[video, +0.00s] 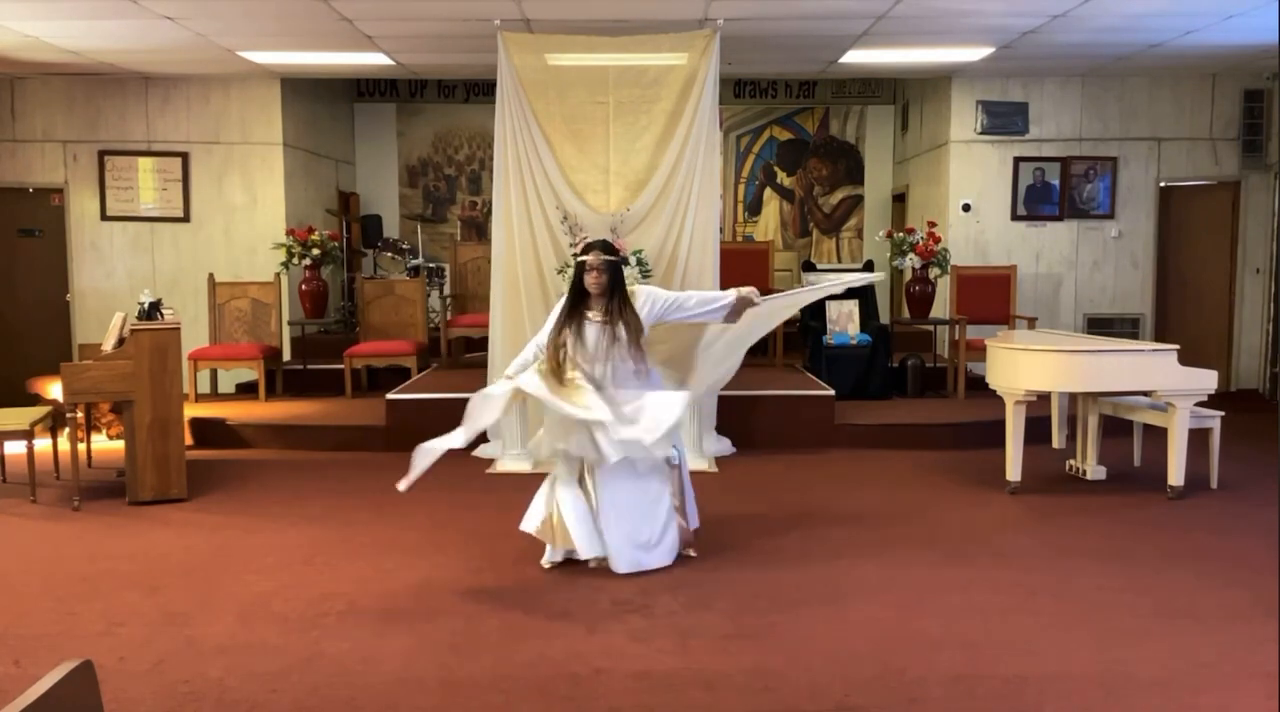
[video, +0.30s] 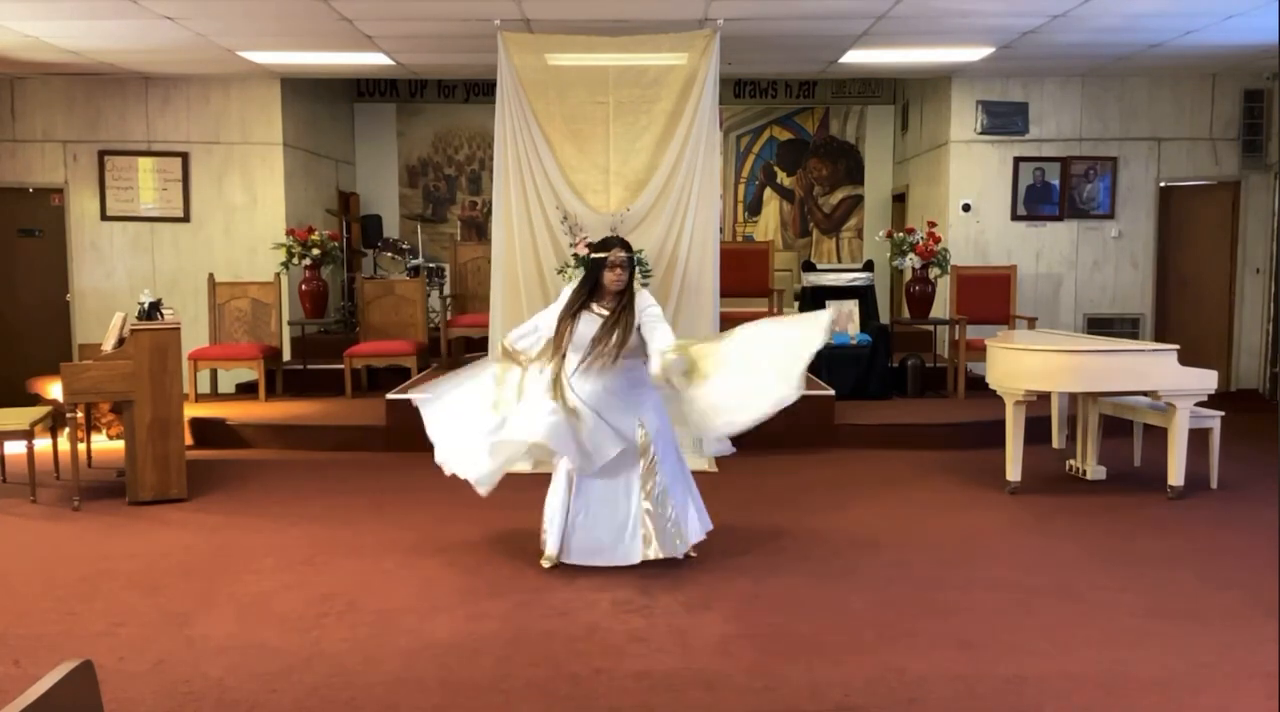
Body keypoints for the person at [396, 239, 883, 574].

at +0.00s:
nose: (594, 275)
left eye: (602, 268)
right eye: (588, 269)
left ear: (616, 271)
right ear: (578, 274)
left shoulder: (638, 301)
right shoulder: (570, 315)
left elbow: (686, 303)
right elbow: (534, 354)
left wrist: (733, 296)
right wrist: (503, 387)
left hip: (638, 397)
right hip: (589, 402)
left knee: (643, 466)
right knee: (580, 468)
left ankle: (645, 542)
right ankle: (580, 545)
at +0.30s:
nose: (618, 275)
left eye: (624, 268)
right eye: (611, 268)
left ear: (632, 270)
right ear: (596, 269)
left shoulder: (640, 304)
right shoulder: (575, 300)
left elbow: (660, 339)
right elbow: (539, 331)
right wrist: (515, 350)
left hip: (631, 396)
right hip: (582, 397)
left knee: (646, 466)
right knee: (579, 467)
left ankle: (652, 542)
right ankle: (570, 544)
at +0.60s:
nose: (632, 270)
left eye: (638, 262)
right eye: (624, 262)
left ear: (647, 264)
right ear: (609, 263)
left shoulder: (654, 301)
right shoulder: (586, 290)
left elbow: (682, 343)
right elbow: (545, 301)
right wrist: (498, 304)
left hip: (627, 389)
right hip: (576, 386)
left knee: (653, 451)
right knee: (564, 457)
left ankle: (666, 537)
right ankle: (555, 542)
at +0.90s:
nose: (653, 268)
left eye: (658, 260)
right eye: (645, 261)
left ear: (666, 262)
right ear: (630, 263)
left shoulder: (676, 296)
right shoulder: (618, 297)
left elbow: (708, 325)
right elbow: (612, 338)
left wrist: (740, 342)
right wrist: (637, 371)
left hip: (665, 396)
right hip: (616, 393)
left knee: (667, 466)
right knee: (592, 464)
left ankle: (664, 538)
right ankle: (559, 540)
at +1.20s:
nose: (662, 272)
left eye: (669, 265)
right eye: (656, 265)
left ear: (679, 267)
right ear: (643, 267)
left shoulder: (693, 298)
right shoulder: (627, 299)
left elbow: (731, 319)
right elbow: (612, 341)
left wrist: (775, 331)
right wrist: (635, 368)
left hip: (689, 384)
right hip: (640, 385)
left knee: (699, 452)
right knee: (641, 457)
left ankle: (708, 524)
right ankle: (612, 545)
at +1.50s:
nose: (670, 269)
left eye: (676, 262)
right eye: (662, 262)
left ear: (687, 264)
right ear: (650, 264)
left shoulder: (699, 300)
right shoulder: (629, 297)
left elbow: (722, 347)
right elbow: (601, 347)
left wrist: (708, 369)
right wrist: (582, 377)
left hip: (678, 400)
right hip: (632, 399)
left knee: (681, 471)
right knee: (632, 478)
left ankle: (684, 541)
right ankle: (633, 556)